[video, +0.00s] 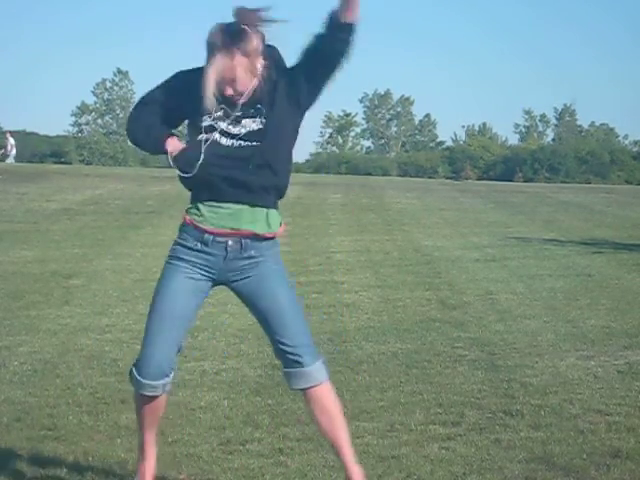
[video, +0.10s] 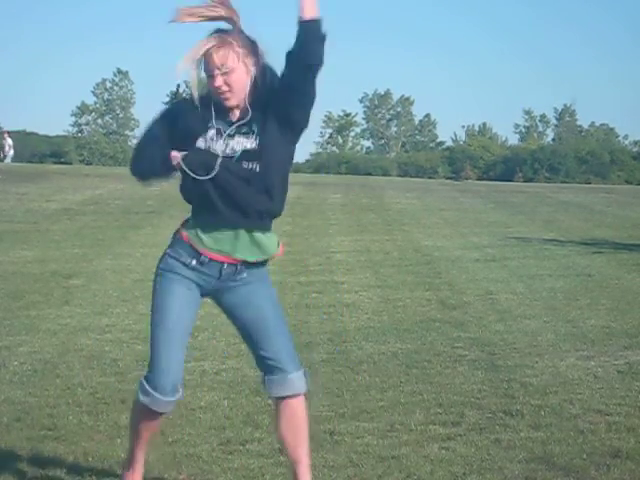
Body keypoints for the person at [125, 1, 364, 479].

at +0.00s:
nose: (234, 93)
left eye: (241, 84)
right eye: (224, 84)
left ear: (260, 67)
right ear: (212, 65)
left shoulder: (290, 90)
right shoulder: (192, 85)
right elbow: (140, 119)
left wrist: (348, 8)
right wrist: (173, 146)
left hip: (259, 256)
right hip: (193, 251)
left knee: (305, 363)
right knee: (151, 368)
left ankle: (354, 470)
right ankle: (147, 461)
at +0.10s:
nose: (218, 79)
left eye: (227, 69)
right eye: (211, 72)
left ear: (252, 66)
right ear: (206, 76)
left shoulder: (279, 114)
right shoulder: (191, 115)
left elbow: (307, 62)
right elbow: (142, 167)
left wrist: (308, 5)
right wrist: (171, 159)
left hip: (248, 270)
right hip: (186, 262)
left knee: (289, 380)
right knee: (162, 387)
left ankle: (304, 475)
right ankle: (134, 467)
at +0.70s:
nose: (211, 50)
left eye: (222, 41)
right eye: (202, 40)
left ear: (241, 47)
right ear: (192, 46)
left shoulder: (257, 98)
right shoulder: (187, 96)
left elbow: (288, 183)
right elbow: (177, 165)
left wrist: (278, 133)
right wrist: (192, 199)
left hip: (272, 258)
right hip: (221, 259)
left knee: (260, 378)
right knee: (218, 374)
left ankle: (264, 467)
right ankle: (263, 473)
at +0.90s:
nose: (215, 54)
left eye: (227, 46)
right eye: (207, 45)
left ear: (247, 53)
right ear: (200, 52)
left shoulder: (250, 93)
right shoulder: (210, 102)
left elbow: (231, 143)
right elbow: (215, 150)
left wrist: (173, 158)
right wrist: (176, 151)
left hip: (273, 273)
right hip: (216, 269)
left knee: (252, 402)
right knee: (204, 393)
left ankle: (270, 424)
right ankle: (260, 477)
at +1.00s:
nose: (214, 28)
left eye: (225, 17)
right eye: (206, 19)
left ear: (248, 22)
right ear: (197, 24)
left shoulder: (255, 66)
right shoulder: (207, 69)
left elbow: (258, 142)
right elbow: (212, 139)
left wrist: (189, 134)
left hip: (268, 236)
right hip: (225, 238)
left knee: (229, 362)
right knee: (224, 366)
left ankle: (307, 386)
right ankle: (266, 474)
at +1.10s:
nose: (206, 11)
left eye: (217, 0)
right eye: (198, 2)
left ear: (244, 1)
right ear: (190, 5)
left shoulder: (262, 57)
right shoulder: (188, 54)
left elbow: (299, 138)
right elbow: (170, 121)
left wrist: (246, 129)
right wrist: (177, 163)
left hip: (262, 207)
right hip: (241, 210)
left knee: (226, 341)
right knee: (236, 341)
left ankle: (305, 449)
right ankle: (254, 462)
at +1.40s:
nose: (190, 96)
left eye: (199, 85)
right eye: (190, 86)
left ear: (234, 89)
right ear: (230, 91)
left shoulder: (252, 134)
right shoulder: (229, 140)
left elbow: (271, 204)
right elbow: (236, 218)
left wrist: (268, 278)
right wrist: (222, 286)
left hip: (261, 303)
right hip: (244, 302)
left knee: (191, 418)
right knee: (204, 411)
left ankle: (239, 479)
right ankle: (256, 475)